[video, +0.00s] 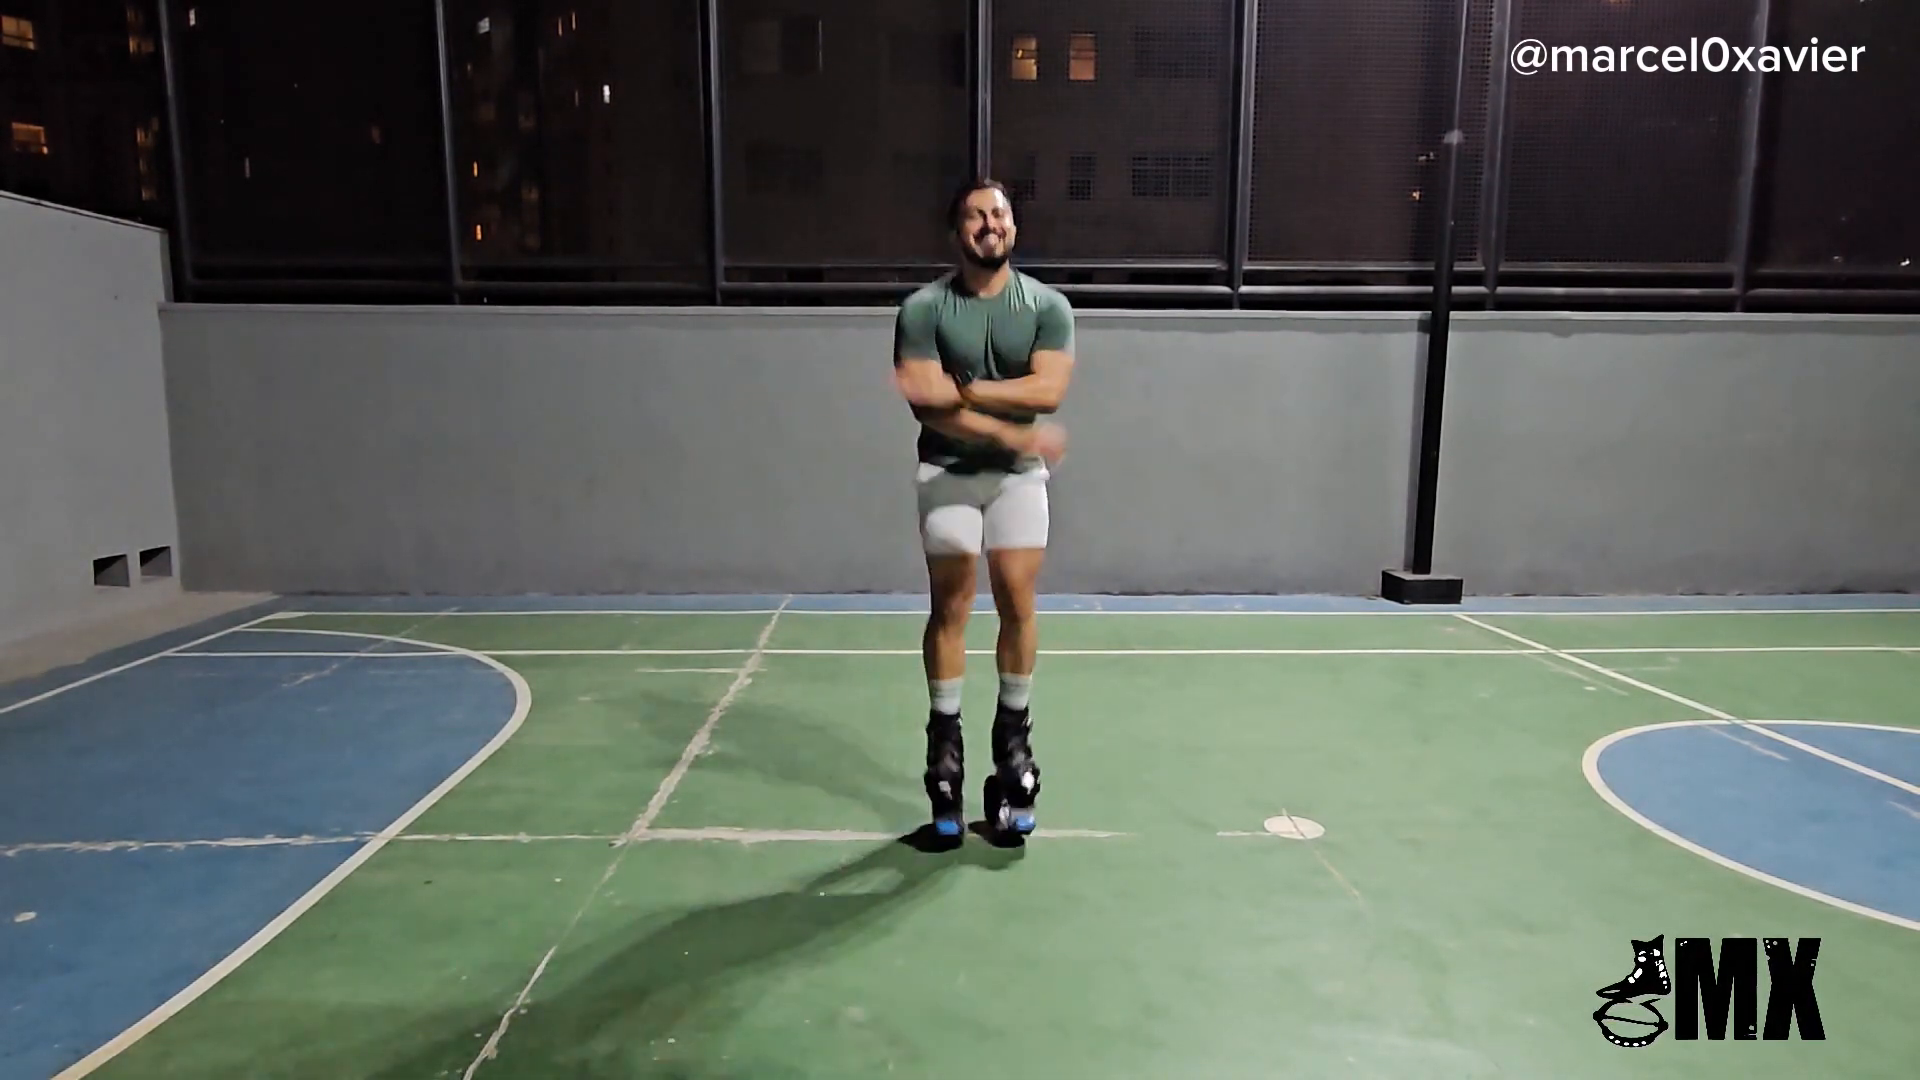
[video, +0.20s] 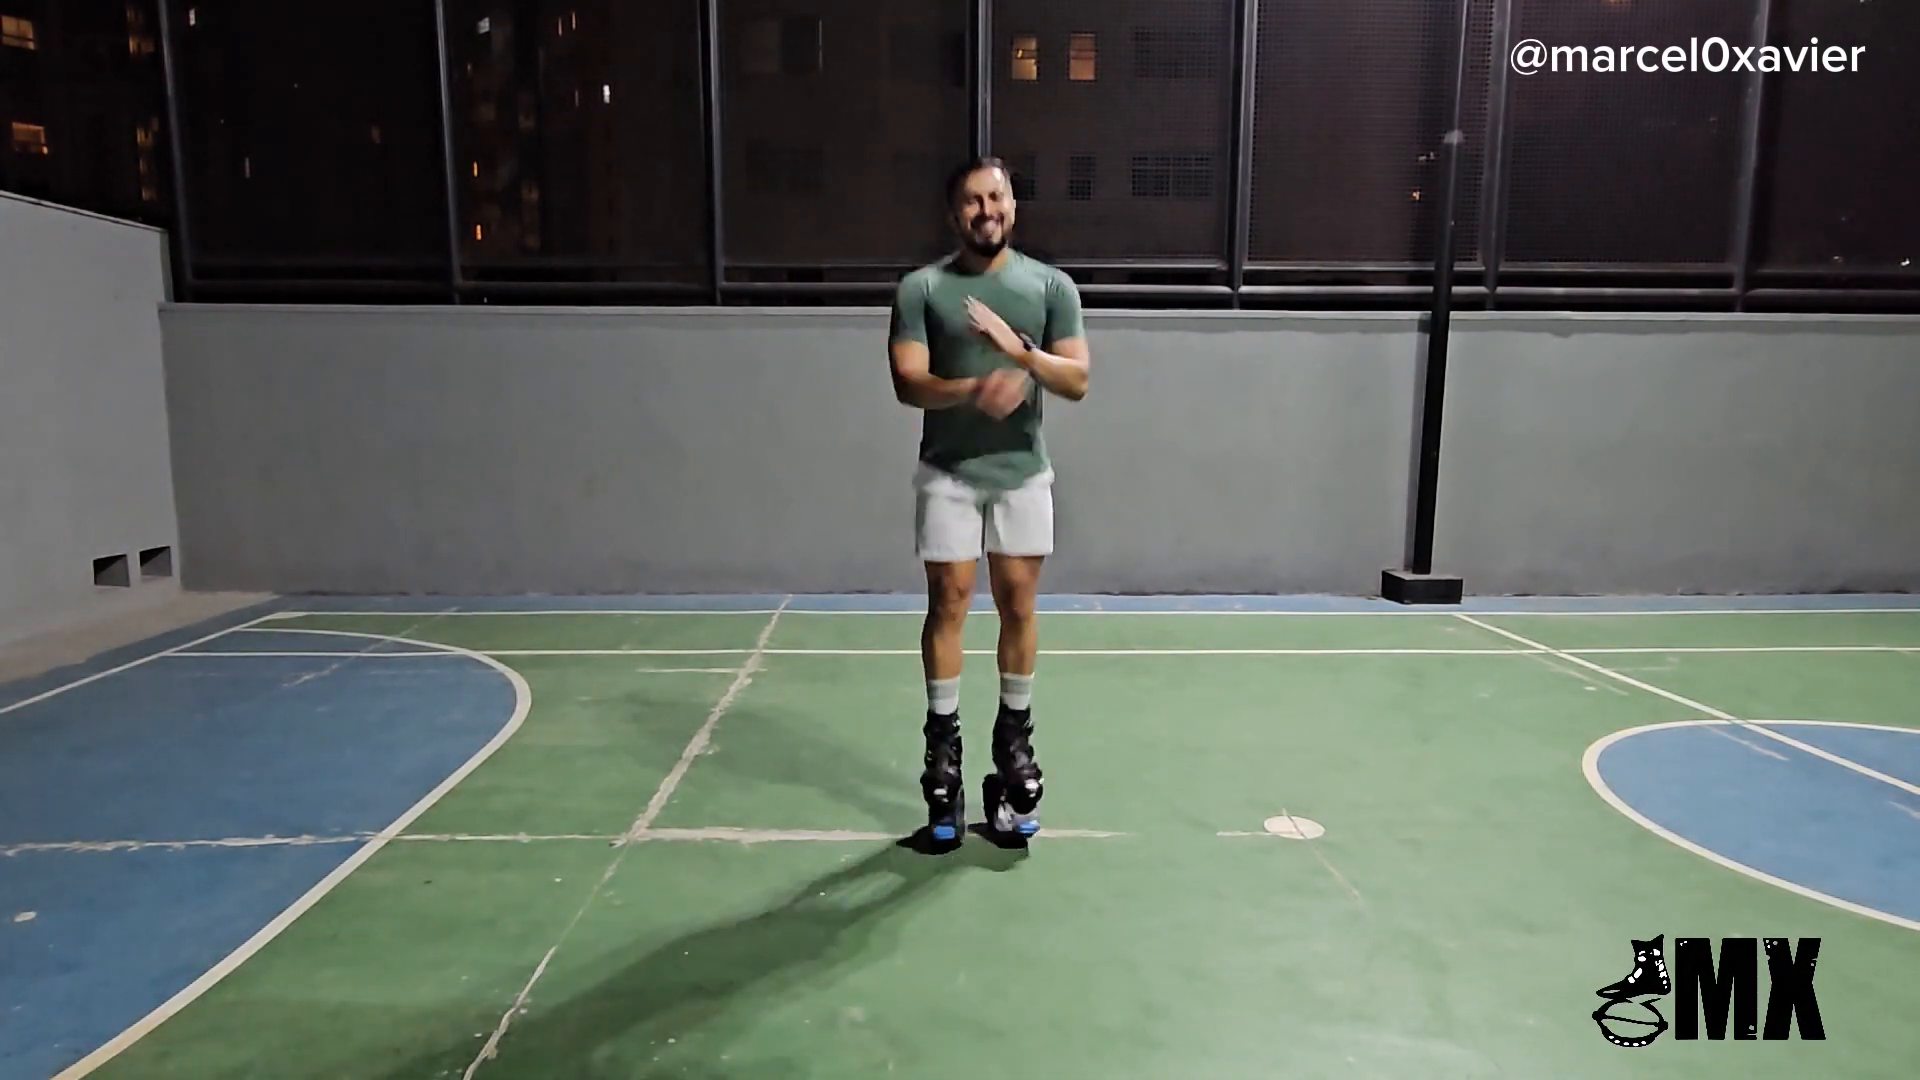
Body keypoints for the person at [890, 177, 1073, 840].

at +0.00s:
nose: (990, 224)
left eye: (998, 213)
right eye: (976, 215)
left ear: (1014, 227)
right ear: (957, 232)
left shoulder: (1048, 306)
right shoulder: (924, 308)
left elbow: (1049, 390)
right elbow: (926, 401)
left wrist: (959, 390)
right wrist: (1014, 433)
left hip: (1020, 471)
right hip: (948, 472)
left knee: (1017, 601)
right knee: (950, 604)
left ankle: (1013, 738)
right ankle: (945, 744)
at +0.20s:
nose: (985, 209)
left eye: (996, 197)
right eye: (972, 199)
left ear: (1014, 206)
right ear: (954, 213)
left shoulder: (1053, 288)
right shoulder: (920, 290)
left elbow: (1076, 381)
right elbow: (909, 385)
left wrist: (1020, 351)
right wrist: (973, 388)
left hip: (1023, 471)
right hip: (948, 471)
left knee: (1018, 602)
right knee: (950, 600)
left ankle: (1015, 746)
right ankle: (944, 752)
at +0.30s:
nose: (985, 181)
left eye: (997, 169)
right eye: (972, 171)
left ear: (1019, 183)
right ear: (956, 187)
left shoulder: (1055, 264)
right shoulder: (922, 264)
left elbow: (1088, 354)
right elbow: (888, 358)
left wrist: (1093, 408)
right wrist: (890, 441)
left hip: (1025, 449)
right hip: (945, 450)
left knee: (1032, 584)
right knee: (939, 580)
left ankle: (1034, 718)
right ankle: (927, 724)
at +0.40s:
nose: (987, 192)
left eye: (1000, 182)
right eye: (975, 183)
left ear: (1022, 199)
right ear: (959, 200)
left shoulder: (1054, 282)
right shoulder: (922, 287)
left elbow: (1103, 377)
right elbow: (868, 382)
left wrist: (1155, 453)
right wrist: (817, 464)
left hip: (1028, 457)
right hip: (947, 459)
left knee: (1050, 592)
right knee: (924, 593)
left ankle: (1066, 731)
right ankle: (896, 741)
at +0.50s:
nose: (988, 246)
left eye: (1000, 236)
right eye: (977, 236)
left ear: (1023, 253)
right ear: (963, 254)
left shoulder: (1056, 335)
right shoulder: (924, 340)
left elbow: (1117, 403)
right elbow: (848, 407)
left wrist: (1203, 424)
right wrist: (757, 423)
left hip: (1029, 509)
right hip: (947, 509)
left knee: (1057, 637)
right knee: (918, 637)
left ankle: (1092, 775)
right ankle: (874, 784)